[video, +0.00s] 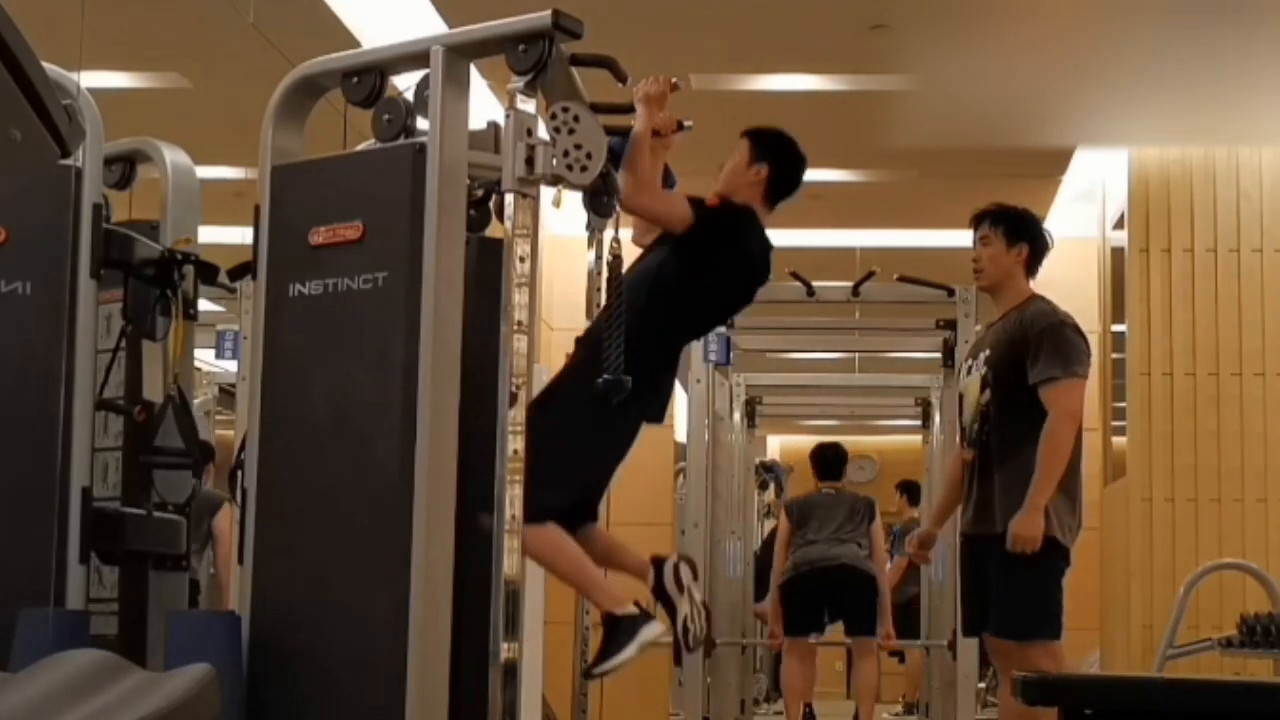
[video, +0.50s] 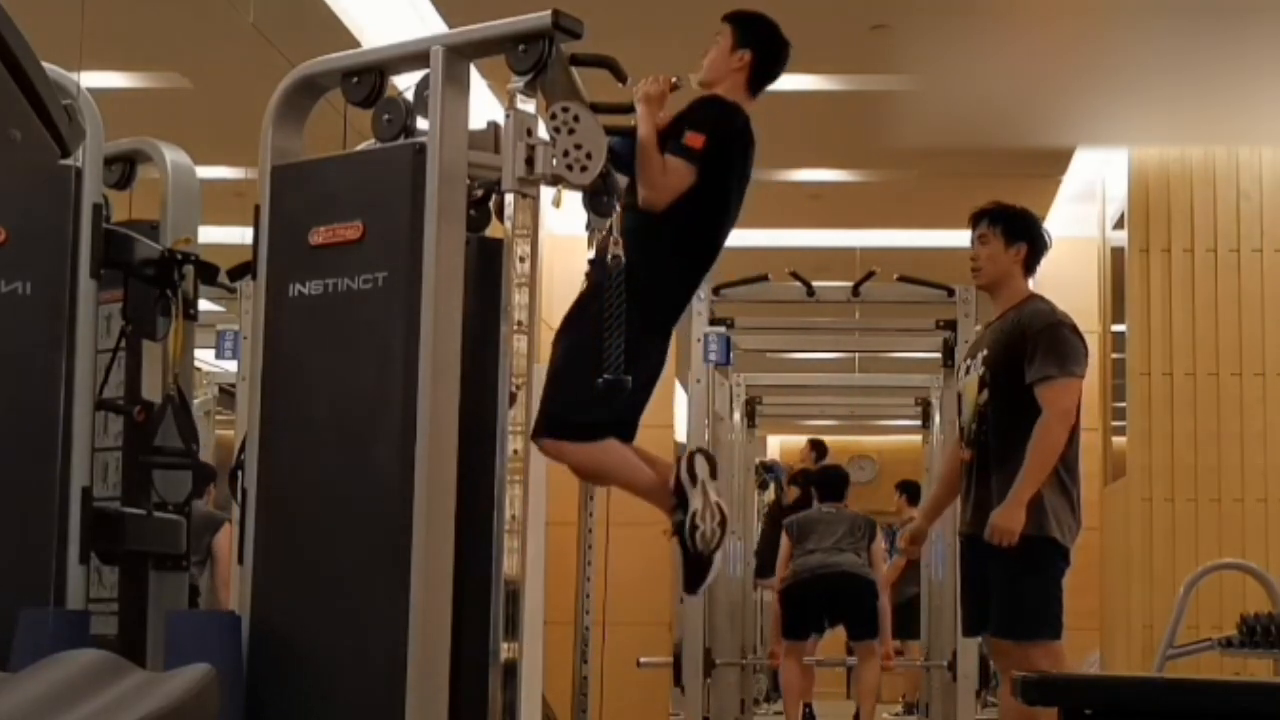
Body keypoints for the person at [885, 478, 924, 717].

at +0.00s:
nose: (894, 501)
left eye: (896, 496)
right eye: (896, 496)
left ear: (903, 498)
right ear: (915, 498)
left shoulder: (906, 526)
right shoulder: (916, 523)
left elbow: (901, 560)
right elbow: (903, 559)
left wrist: (884, 587)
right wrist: (890, 583)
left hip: (909, 592)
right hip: (916, 590)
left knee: (912, 647)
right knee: (914, 647)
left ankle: (910, 702)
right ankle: (914, 700)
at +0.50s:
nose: (894, 500)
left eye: (896, 496)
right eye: (895, 496)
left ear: (903, 497)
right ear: (912, 498)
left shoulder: (911, 523)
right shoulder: (910, 521)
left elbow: (900, 558)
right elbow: (901, 556)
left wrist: (884, 582)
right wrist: (887, 578)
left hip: (911, 590)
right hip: (908, 590)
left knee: (911, 647)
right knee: (909, 647)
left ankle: (911, 700)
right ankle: (912, 699)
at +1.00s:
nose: (891, 503)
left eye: (893, 498)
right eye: (893, 498)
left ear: (901, 499)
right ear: (913, 500)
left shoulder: (906, 527)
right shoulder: (915, 524)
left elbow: (901, 561)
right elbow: (903, 561)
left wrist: (887, 589)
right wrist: (891, 587)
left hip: (908, 593)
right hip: (914, 591)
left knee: (910, 647)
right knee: (912, 647)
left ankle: (911, 700)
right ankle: (913, 698)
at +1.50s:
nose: (891, 504)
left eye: (893, 500)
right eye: (892, 500)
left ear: (901, 500)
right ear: (911, 500)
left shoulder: (907, 526)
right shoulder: (912, 524)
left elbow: (901, 560)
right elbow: (902, 558)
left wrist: (888, 578)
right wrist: (891, 575)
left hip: (907, 590)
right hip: (911, 589)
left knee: (910, 647)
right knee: (911, 647)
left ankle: (911, 700)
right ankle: (912, 699)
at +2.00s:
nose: (892, 503)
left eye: (894, 498)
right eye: (892, 498)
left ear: (904, 499)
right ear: (911, 499)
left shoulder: (909, 525)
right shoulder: (909, 524)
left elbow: (899, 557)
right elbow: (901, 556)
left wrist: (888, 577)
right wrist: (890, 576)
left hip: (908, 590)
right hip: (909, 588)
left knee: (911, 646)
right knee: (911, 647)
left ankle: (911, 700)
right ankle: (913, 699)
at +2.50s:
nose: (893, 502)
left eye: (896, 497)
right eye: (894, 497)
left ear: (903, 499)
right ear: (914, 499)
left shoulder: (907, 526)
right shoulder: (917, 524)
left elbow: (900, 559)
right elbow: (904, 559)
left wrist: (888, 585)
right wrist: (893, 584)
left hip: (909, 593)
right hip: (916, 592)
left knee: (911, 648)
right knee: (913, 648)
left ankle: (911, 700)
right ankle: (913, 699)